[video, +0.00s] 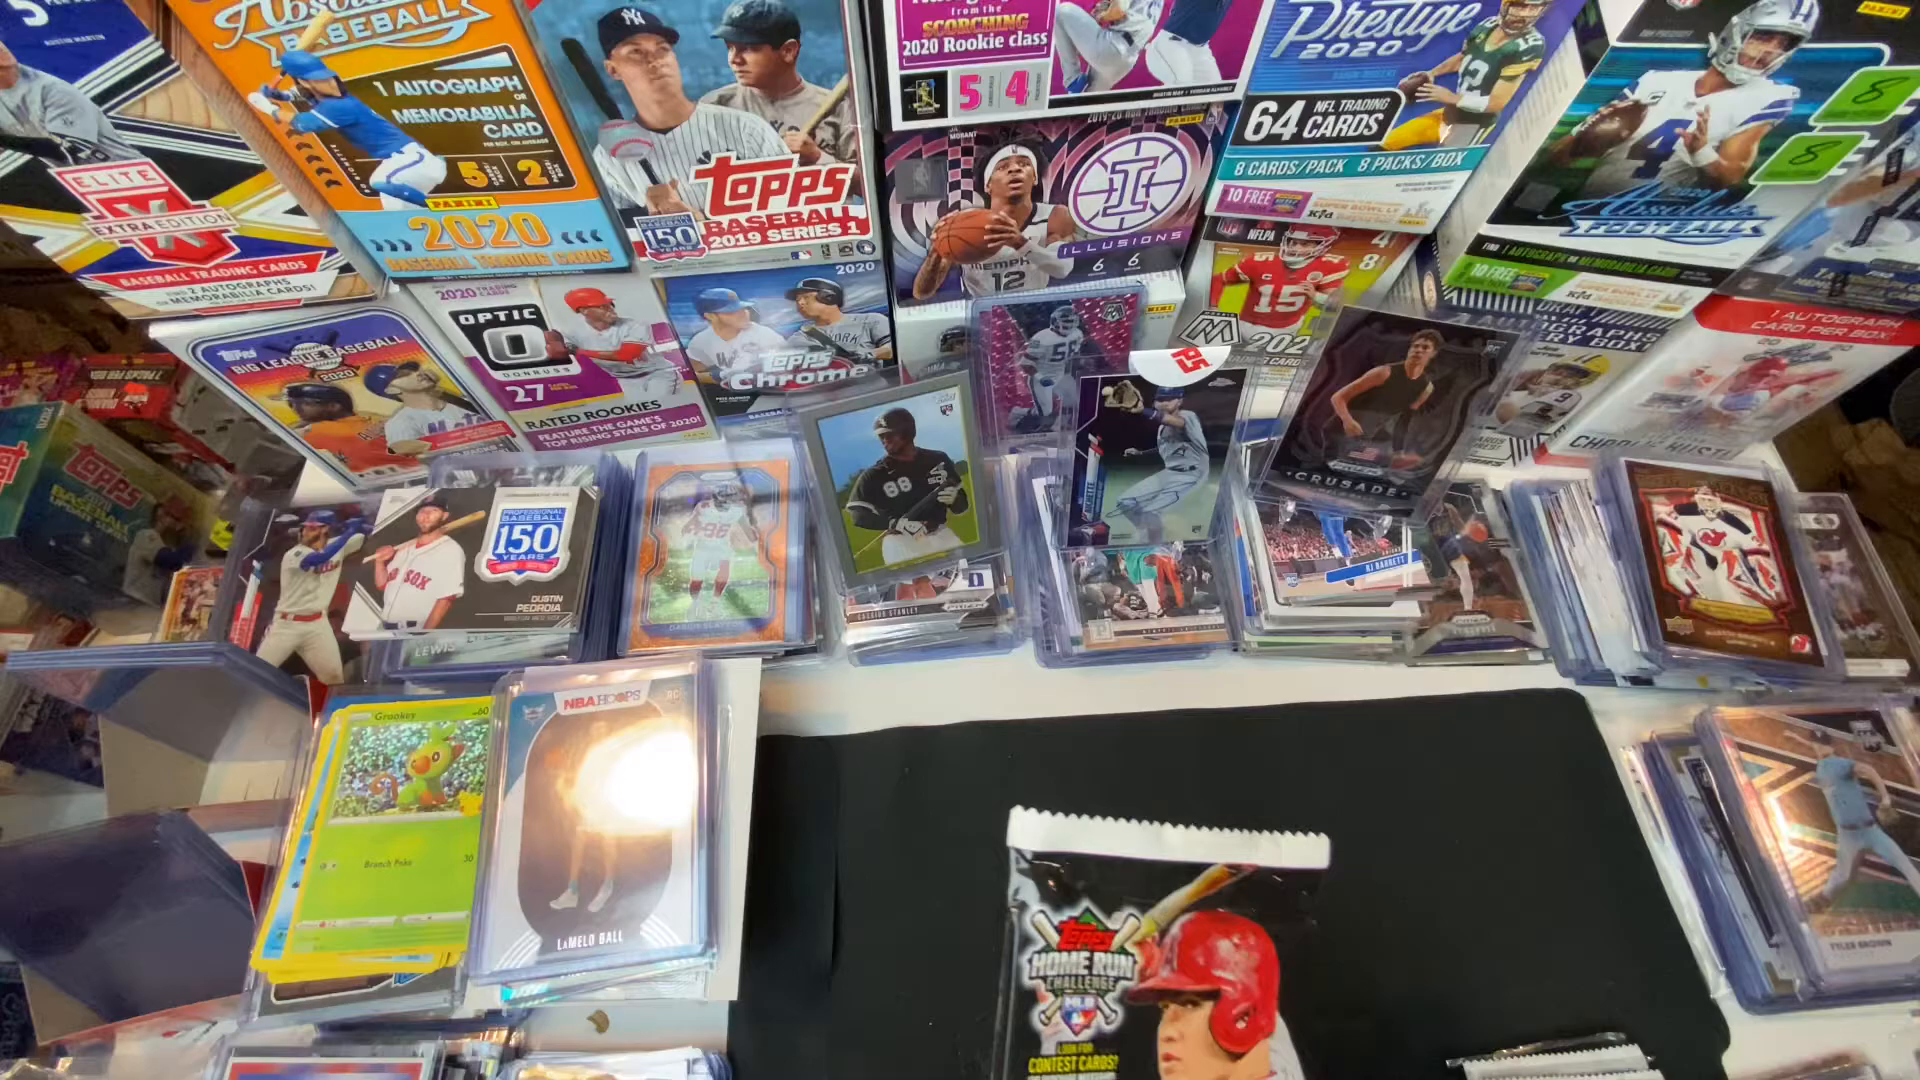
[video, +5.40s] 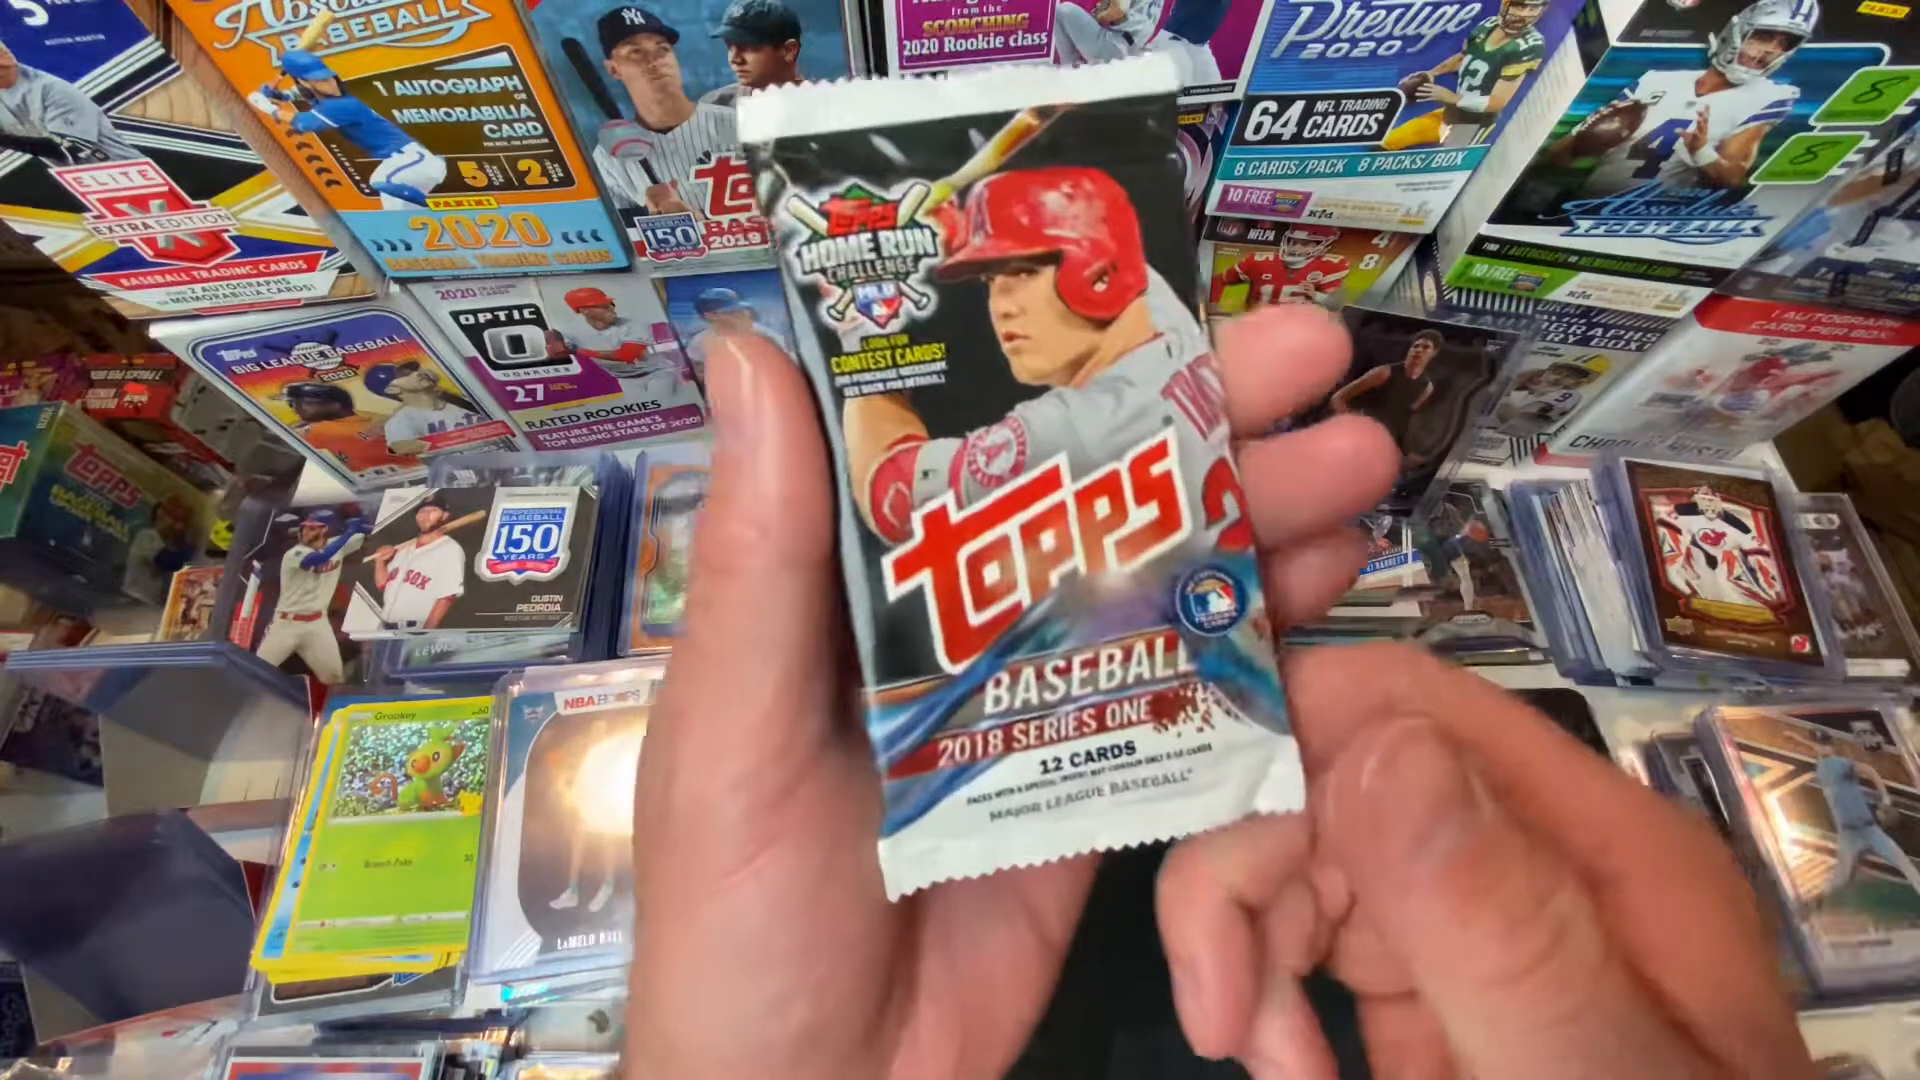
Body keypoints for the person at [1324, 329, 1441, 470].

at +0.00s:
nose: (1418, 351)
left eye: (1425, 348)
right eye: (1415, 346)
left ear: (1433, 354)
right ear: (1409, 349)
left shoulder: (1426, 389)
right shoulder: (1384, 373)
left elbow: (1404, 418)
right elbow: (1338, 397)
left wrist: (1398, 454)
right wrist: (1348, 421)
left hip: (1371, 436)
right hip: (1340, 430)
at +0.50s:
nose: (1418, 350)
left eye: (1425, 348)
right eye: (1415, 346)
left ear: (1433, 354)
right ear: (1410, 349)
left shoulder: (1426, 388)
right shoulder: (1384, 372)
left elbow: (1404, 419)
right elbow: (1338, 397)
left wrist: (1399, 453)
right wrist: (1347, 420)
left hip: (1374, 435)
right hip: (1342, 428)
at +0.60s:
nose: (1418, 350)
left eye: (1425, 347)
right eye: (1415, 346)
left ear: (1433, 354)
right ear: (1409, 349)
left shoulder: (1426, 388)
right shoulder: (1384, 373)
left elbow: (1406, 414)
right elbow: (1343, 394)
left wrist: (1400, 451)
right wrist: (1348, 420)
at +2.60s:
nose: (1418, 350)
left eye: (1425, 347)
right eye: (1416, 346)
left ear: (1434, 354)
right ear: (1410, 349)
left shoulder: (1426, 389)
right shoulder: (1383, 373)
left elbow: (1404, 418)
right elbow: (1338, 397)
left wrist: (1399, 452)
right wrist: (1347, 420)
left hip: (1380, 436)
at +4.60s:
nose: (1419, 350)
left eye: (1426, 347)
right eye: (1416, 346)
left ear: (1433, 354)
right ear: (1409, 349)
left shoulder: (1426, 388)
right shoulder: (1384, 373)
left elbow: (1405, 415)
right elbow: (1338, 397)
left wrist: (1399, 450)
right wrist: (1348, 421)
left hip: (1384, 440)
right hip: (1358, 434)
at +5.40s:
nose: (1418, 351)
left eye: (1425, 347)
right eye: (1416, 346)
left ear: (1433, 354)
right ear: (1410, 349)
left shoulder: (1427, 389)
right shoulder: (1384, 373)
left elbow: (1406, 415)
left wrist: (1407, 452)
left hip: (1393, 444)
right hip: (1364, 435)